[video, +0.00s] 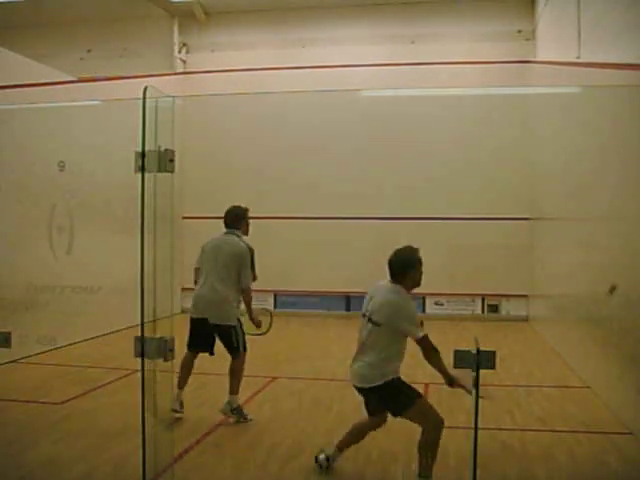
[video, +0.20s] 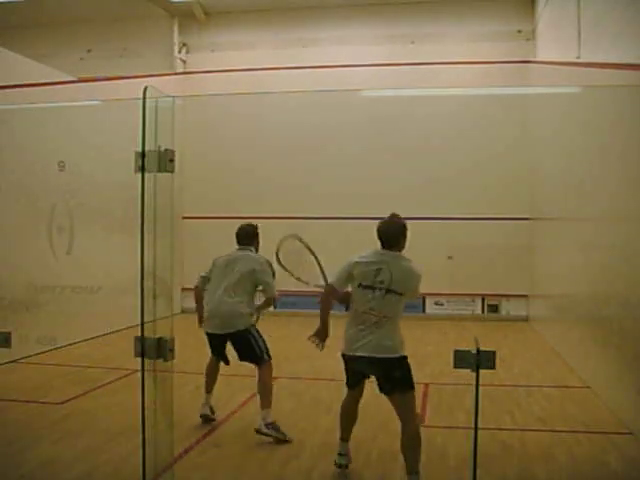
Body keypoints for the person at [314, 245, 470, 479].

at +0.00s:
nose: (422, 276)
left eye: (421, 271)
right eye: (419, 271)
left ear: (396, 271)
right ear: (408, 273)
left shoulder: (378, 289)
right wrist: (448, 376)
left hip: (362, 375)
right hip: (381, 380)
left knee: (376, 419)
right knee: (433, 423)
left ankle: (330, 457)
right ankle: (424, 475)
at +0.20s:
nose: (405, 238)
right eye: (405, 234)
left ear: (378, 239)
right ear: (404, 240)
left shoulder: (358, 264)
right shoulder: (410, 272)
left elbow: (328, 294)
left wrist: (322, 327)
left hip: (354, 352)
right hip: (389, 354)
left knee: (353, 394)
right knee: (409, 419)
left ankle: (342, 454)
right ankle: (413, 474)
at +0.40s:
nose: (344, 256)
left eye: (343, 252)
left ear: (343, 257)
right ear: (368, 255)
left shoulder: (336, 283)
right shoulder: (382, 280)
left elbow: (303, 319)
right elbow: (366, 305)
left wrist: (276, 343)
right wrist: (323, 299)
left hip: (346, 369)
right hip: (384, 368)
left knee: (324, 410)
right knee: (399, 433)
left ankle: (315, 465)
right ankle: (408, 476)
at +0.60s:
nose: (295, 240)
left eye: (296, 237)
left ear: (297, 241)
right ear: (321, 239)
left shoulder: (292, 268)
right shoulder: (339, 268)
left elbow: (286, 307)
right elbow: (348, 308)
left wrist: (275, 345)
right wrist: (347, 338)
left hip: (305, 353)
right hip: (340, 349)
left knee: (300, 408)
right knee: (356, 405)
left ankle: (310, 464)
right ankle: (376, 462)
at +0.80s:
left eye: (270, 227)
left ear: (270, 232)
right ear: (293, 231)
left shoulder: (262, 262)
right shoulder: (311, 256)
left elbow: (253, 305)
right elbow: (332, 285)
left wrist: (246, 339)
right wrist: (348, 312)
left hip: (277, 338)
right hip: (307, 336)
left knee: (277, 397)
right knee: (297, 388)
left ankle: (280, 458)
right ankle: (293, 445)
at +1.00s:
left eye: (254, 241)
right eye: (268, 240)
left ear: (251, 244)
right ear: (274, 243)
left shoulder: (244, 272)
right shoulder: (288, 267)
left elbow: (229, 308)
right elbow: (305, 299)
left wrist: (218, 330)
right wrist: (317, 329)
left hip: (255, 346)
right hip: (281, 343)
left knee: (250, 395)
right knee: (264, 386)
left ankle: (271, 441)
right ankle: (251, 429)